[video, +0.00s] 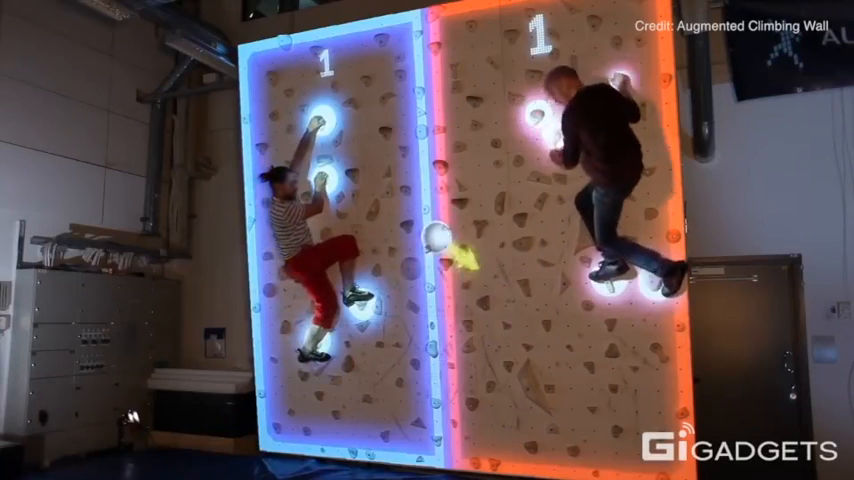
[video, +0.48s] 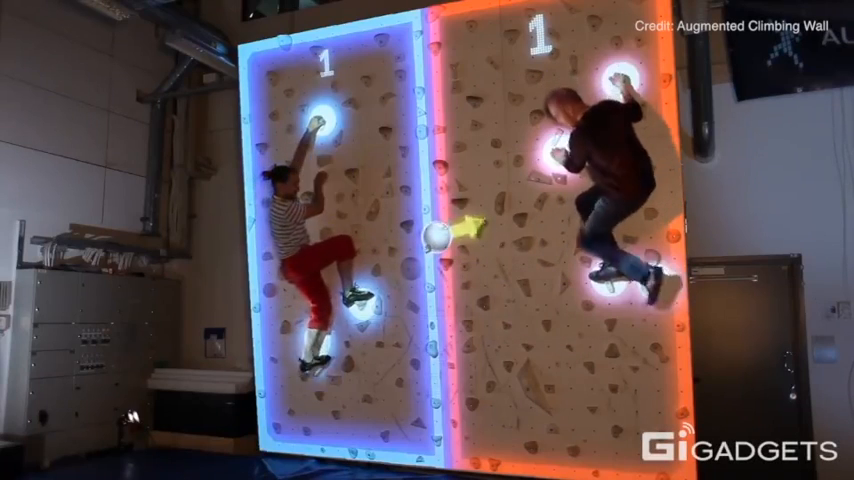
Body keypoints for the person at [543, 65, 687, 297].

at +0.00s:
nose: (555, 100)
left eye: (554, 95)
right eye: (552, 96)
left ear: (563, 86)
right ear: (575, 79)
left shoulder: (572, 114)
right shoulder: (604, 91)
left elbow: (570, 159)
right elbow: (634, 115)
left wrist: (558, 157)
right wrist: (624, 92)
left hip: (611, 178)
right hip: (632, 167)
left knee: (606, 241)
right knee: (583, 201)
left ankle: (669, 270)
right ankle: (614, 261)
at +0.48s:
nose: (559, 123)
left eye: (557, 117)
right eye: (556, 119)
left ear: (565, 111)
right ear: (577, 99)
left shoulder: (580, 135)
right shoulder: (608, 107)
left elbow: (574, 166)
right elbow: (636, 114)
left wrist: (562, 158)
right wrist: (628, 93)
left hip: (626, 192)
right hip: (644, 175)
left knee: (589, 238)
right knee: (584, 203)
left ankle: (647, 274)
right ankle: (613, 263)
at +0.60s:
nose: (562, 124)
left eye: (560, 118)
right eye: (559, 120)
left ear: (571, 111)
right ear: (581, 103)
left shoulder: (583, 137)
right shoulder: (612, 109)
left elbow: (577, 166)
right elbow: (638, 112)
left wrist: (564, 159)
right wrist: (624, 90)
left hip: (628, 195)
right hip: (648, 180)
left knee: (569, 219)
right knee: (584, 202)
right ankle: (613, 259)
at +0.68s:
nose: (564, 122)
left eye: (563, 116)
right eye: (561, 118)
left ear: (574, 109)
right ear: (584, 102)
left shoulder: (585, 136)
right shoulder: (614, 108)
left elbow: (578, 164)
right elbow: (639, 113)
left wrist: (564, 158)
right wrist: (628, 94)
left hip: (626, 196)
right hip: (648, 182)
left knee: (564, 202)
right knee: (583, 200)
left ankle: (596, 259)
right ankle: (611, 260)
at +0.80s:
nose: (568, 117)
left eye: (566, 112)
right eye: (565, 113)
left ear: (577, 106)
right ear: (588, 97)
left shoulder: (587, 132)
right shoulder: (620, 105)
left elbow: (578, 161)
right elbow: (640, 112)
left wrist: (563, 156)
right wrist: (630, 92)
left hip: (625, 194)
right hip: (647, 184)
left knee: (561, 187)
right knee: (582, 198)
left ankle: (570, 248)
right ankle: (613, 260)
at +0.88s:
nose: (568, 114)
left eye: (567, 108)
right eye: (565, 110)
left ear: (579, 103)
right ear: (590, 95)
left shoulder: (587, 130)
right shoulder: (620, 103)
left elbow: (576, 159)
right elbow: (640, 113)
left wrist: (563, 155)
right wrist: (630, 91)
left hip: (623, 193)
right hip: (645, 183)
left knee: (560, 185)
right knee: (581, 199)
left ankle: (573, 246)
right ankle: (612, 261)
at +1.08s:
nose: (566, 113)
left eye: (565, 107)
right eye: (563, 108)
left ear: (578, 101)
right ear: (588, 94)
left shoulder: (585, 129)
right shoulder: (618, 102)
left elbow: (575, 159)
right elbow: (637, 114)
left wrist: (562, 155)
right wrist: (628, 94)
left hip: (621, 194)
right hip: (644, 182)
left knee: (560, 186)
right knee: (578, 198)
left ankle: (584, 245)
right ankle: (613, 262)